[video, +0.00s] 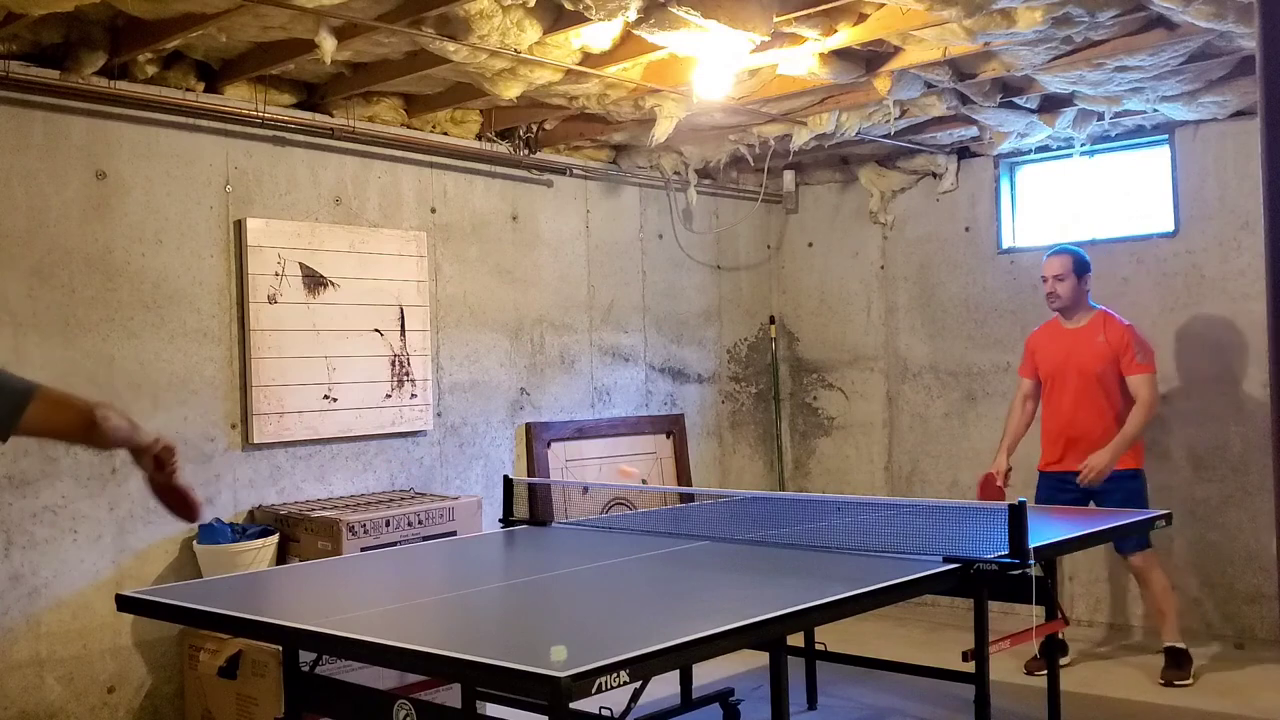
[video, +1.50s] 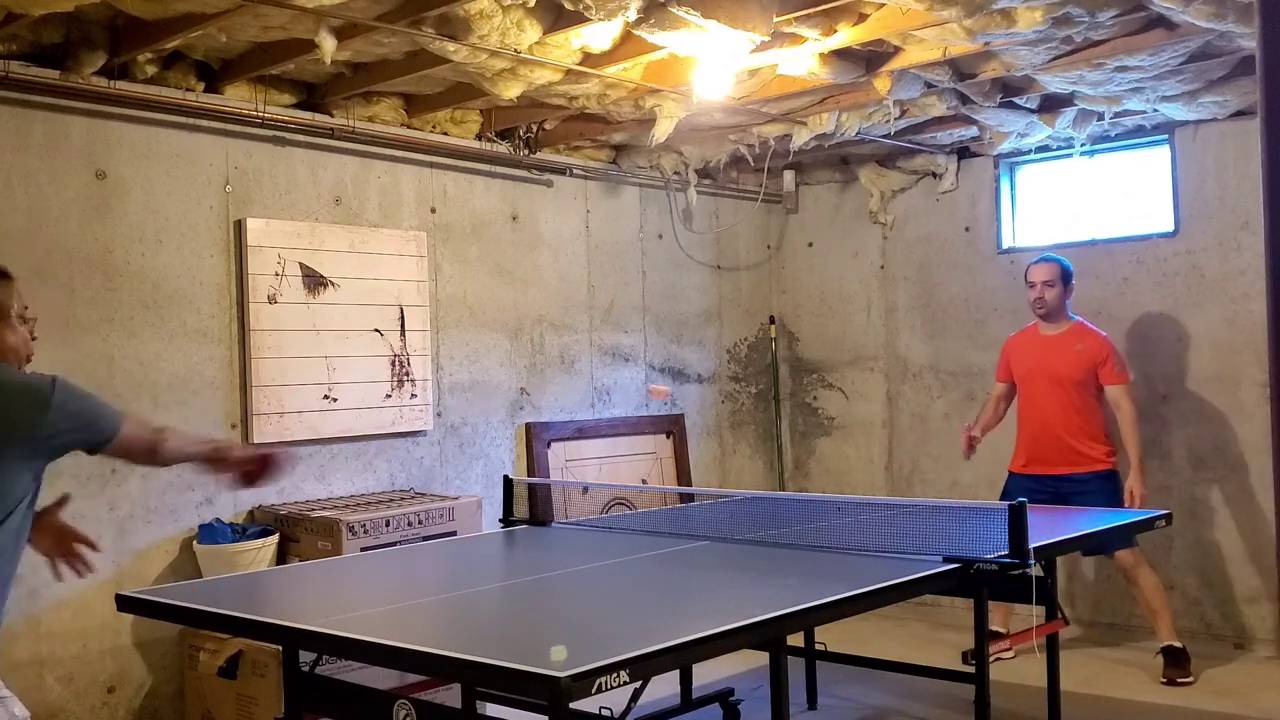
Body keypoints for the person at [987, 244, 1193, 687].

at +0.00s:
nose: (1049, 288)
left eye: (1058, 279)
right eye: (1044, 280)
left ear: (1084, 281)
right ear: (1043, 284)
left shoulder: (1119, 332)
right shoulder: (1039, 340)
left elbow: (1147, 401)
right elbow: (1026, 401)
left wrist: (1111, 452)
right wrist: (1004, 451)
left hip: (1117, 470)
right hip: (1057, 472)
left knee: (1138, 556)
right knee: (1041, 560)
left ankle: (1175, 647)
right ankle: (1052, 643)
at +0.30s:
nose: (987, 310)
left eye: (994, 300)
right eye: (983, 303)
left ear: (1023, 300)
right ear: (984, 308)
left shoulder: (1073, 342)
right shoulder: (991, 361)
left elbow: (1120, 393)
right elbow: (975, 419)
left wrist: (1156, 452)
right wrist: (935, 430)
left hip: (1090, 479)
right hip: (1027, 481)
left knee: (1126, 561)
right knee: (990, 555)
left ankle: (1174, 647)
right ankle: (980, 638)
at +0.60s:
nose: (950, 307)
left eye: (958, 297)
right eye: (946, 300)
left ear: (984, 298)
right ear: (947, 305)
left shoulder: (1030, 338)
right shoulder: (947, 361)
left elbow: (1081, 385)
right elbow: (921, 409)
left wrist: (1125, 439)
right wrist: (883, 434)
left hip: (1058, 469)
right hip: (994, 476)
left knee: (1104, 548)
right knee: (971, 556)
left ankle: (1159, 637)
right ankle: (971, 640)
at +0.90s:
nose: (1000, 307)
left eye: (1009, 299)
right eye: (994, 300)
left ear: (1031, 301)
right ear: (990, 305)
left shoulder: (1066, 349)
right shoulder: (984, 362)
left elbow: (1107, 410)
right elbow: (974, 423)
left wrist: (1125, 473)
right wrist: (956, 476)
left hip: (1076, 482)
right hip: (1011, 483)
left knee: (1117, 562)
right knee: (975, 556)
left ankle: (1168, 647)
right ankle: (970, 642)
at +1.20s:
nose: (1047, 291)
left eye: (1057, 283)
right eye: (1041, 284)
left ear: (1077, 288)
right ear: (1036, 289)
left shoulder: (1107, 341)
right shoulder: (1026, 345)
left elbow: (1137, 406)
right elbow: (1016, 404)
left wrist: (1137, 470)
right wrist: (1000, 450)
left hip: (1099, 478)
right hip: (1040, 477)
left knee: (1131, 561)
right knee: (1006, 549)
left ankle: (1173, 646)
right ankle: (998, 634)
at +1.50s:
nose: (1037, 293)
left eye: (1047, 285)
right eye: (1031, 286)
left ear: (1067, 289)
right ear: (1026, 291)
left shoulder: (1096, 343)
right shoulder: (1016, 344)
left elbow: (1124, 407)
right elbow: (999, 398)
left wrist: (1135, 472)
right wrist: (978, 428)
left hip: (1090, 478)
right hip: (1028, 477)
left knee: (1127, 557)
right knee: (997, 551)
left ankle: (1171, 646)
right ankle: (998, 636)